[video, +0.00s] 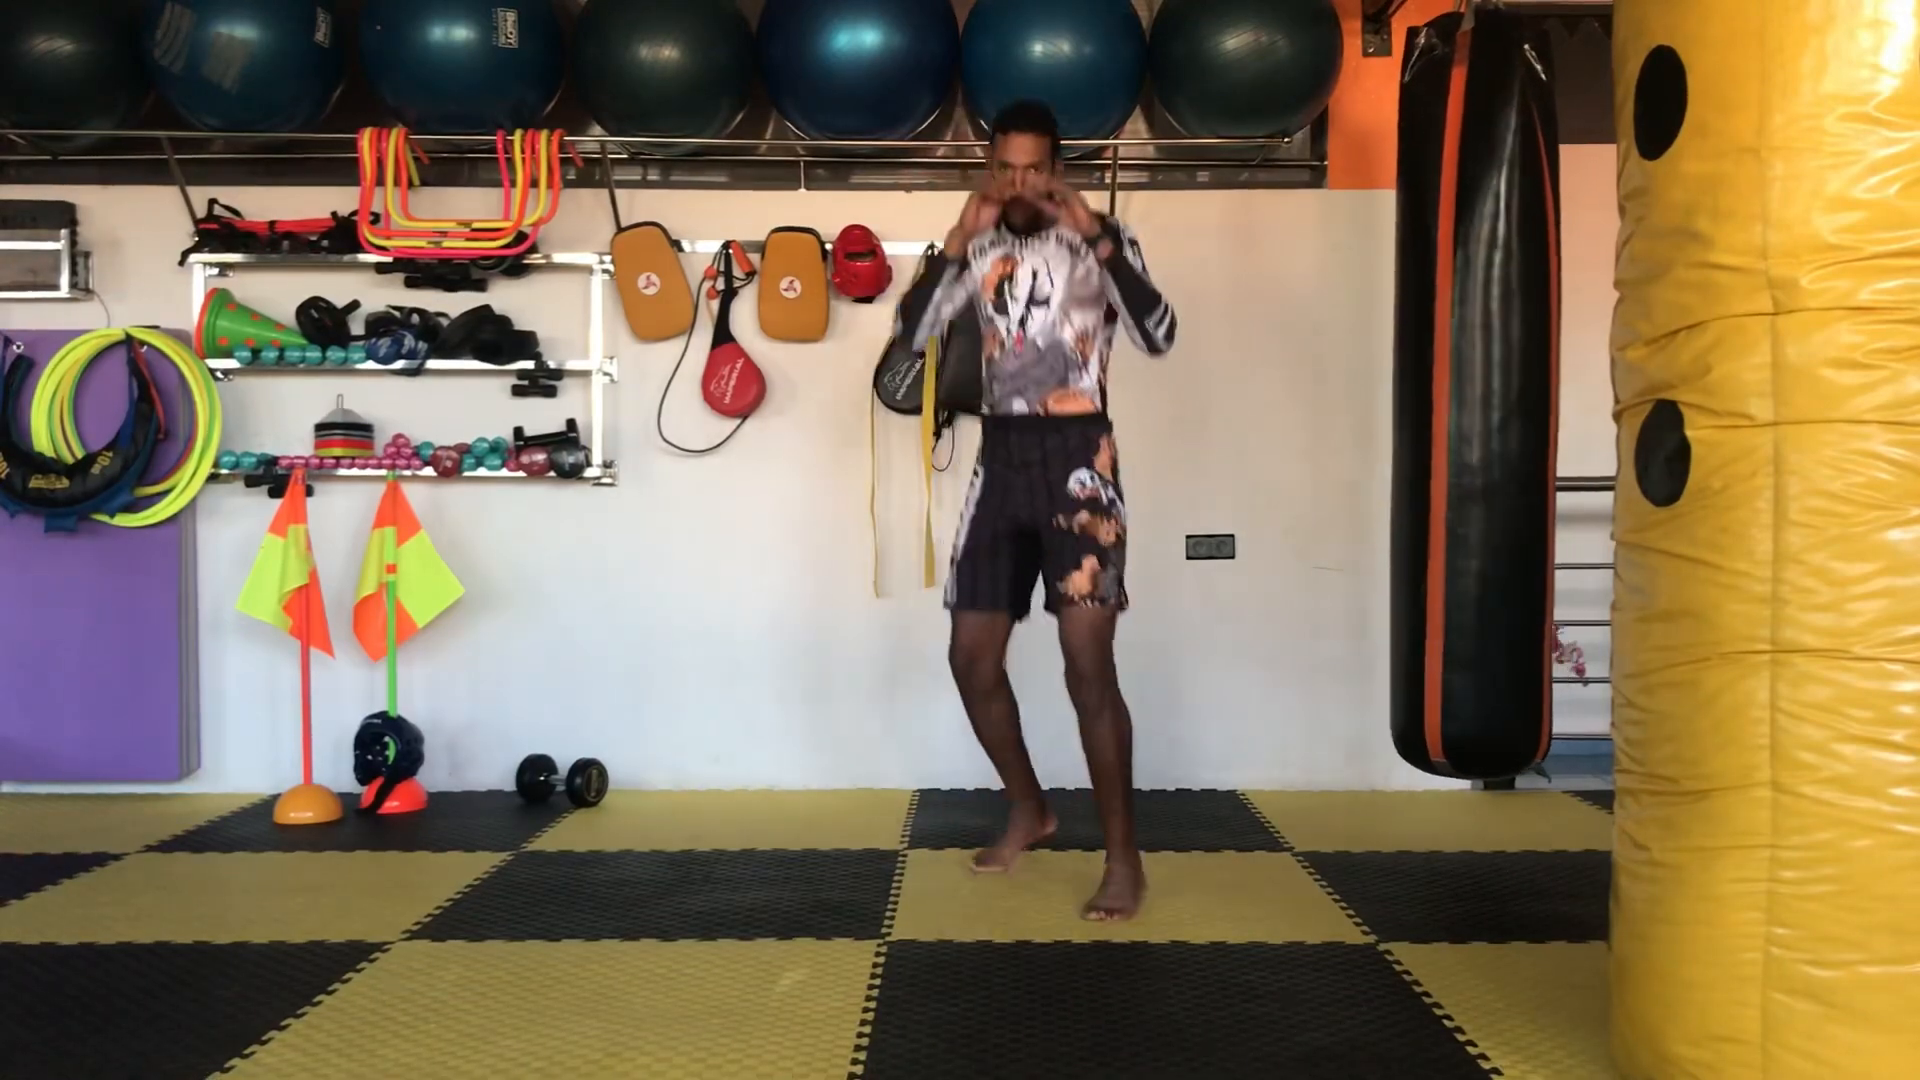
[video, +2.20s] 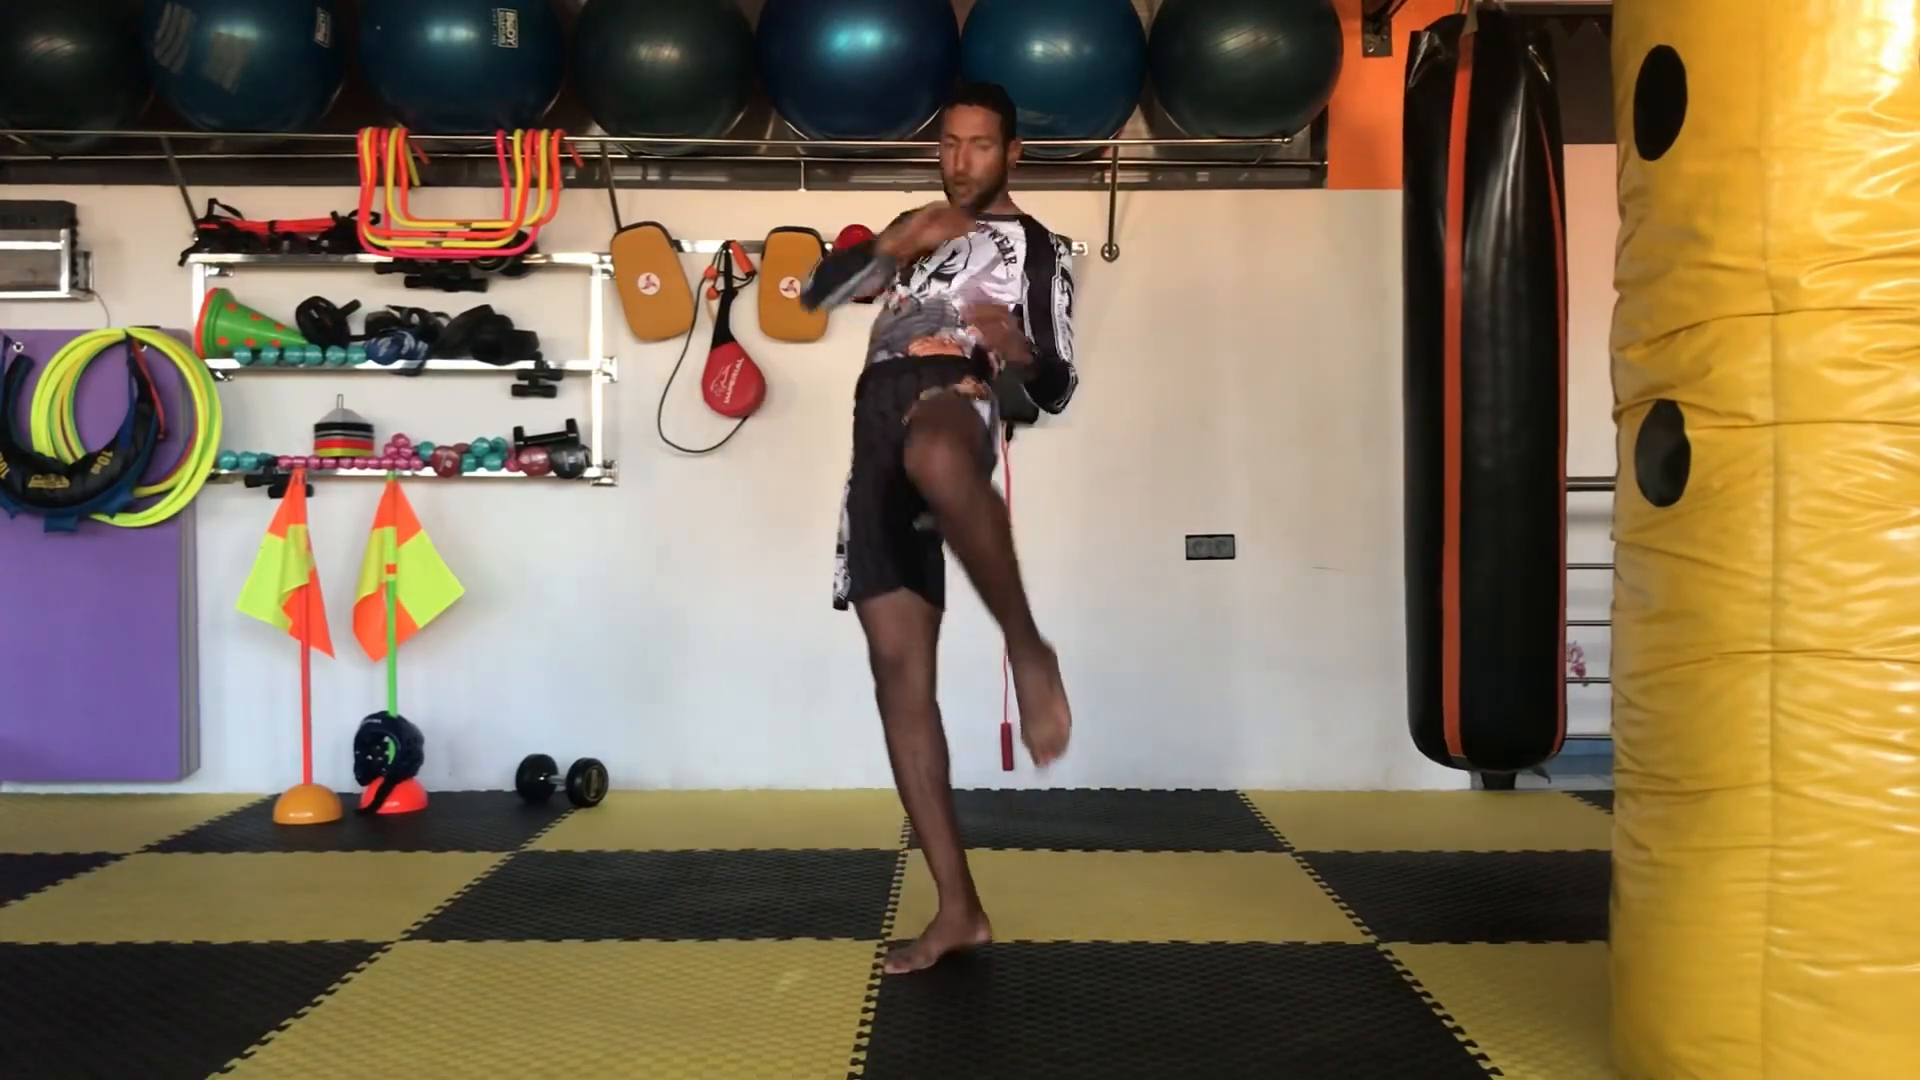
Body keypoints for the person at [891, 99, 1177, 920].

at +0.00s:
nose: (1020, 182)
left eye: (1033, 168)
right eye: (1006, 168)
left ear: (1056, 169)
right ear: (989, 170)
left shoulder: (1098, 241)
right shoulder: (975, 253)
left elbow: (1158, 336)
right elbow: (917, 335)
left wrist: (1098, 242)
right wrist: (959, 246)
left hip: (1079, 464)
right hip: (1002, 466)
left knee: (1088, 672)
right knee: (973, 661)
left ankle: (1121, 857)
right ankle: (1028, 807)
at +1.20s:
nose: (991, 244)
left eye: (1005, 231)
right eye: (977, 230)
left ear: (1026, 238)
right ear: (960, 239)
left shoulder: (1054, 299)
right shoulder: (936, 306)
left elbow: (1083, 254)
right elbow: (883, 428)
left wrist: (996, 176)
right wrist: (896, 386)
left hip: (1042, 501)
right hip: (959, 504)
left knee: (1046, 672)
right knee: (934, 668)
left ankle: (1038, 817)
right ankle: (929, 864)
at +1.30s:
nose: (975, 259)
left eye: (988, 244)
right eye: (963, 244)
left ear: (1014, 251)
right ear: (946, 251)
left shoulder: (1042, 316)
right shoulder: (920, 323)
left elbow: (1043, 243)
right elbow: (858, 388)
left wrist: (950, 156)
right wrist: (885, 292)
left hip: (1032, 521)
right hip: (947, 524)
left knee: (1043, 692)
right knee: (923, 679)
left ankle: (1040, 802)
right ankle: (938, 901)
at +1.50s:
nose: (979, 188)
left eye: (989, 174)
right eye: (965, 173)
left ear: (1004, 176)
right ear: (937, 171)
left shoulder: (1026, 251)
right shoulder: (885, 234)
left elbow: (1078, 338)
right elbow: (848, 253)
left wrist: (1042, 256)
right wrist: (961, 190)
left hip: (988, 453)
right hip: (895, 460)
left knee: (1074, 640)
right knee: (878, 677)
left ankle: (1028, 701)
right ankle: (934, 905)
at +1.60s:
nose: (965, 194)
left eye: (980, 181)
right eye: (950, 179)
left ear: (999, 179)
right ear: (928, 171)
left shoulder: (1023, 261)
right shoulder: (889, 227)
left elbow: (1055, 386)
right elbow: (888, 233)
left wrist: (1084, 393)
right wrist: (996, 216)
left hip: (988, 412)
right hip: (892, 421)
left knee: (1058, 483)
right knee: (871, 674)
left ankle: (1037, 617)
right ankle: (939, 897)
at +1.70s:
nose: (975, 197)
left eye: (991, 186)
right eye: (961, 183)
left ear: (1008, 188)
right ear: (939, 176)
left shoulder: (1028, 260)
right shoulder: (893, 220)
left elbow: (1032, 374)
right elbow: (894, 225)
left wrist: (1081, 479)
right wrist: (1002, 227)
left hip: (962, 406)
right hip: (877, 424)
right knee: (871, 666)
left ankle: (1064, 526)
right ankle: (935, 888)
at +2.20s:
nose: (963, 157)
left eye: (980, 143)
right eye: (952, 142)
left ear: (1011, 153)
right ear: (935, 150)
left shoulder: (1037, 249)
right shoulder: (907, 233)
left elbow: (1049, 392)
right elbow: (820, 290)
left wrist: (1015, 355)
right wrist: (895, 245)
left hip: (965, 404)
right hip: (881, 429)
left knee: (935, 450)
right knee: (900, 678)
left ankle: (1027, 652)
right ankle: (957, 906)